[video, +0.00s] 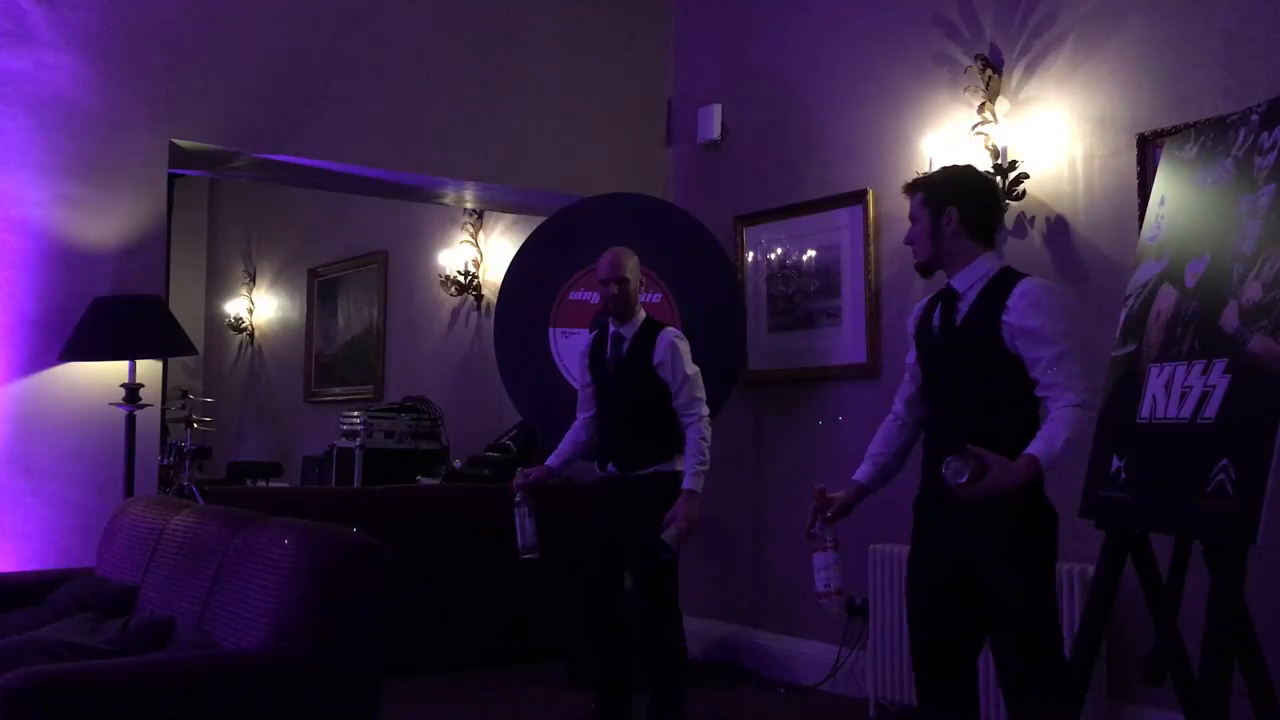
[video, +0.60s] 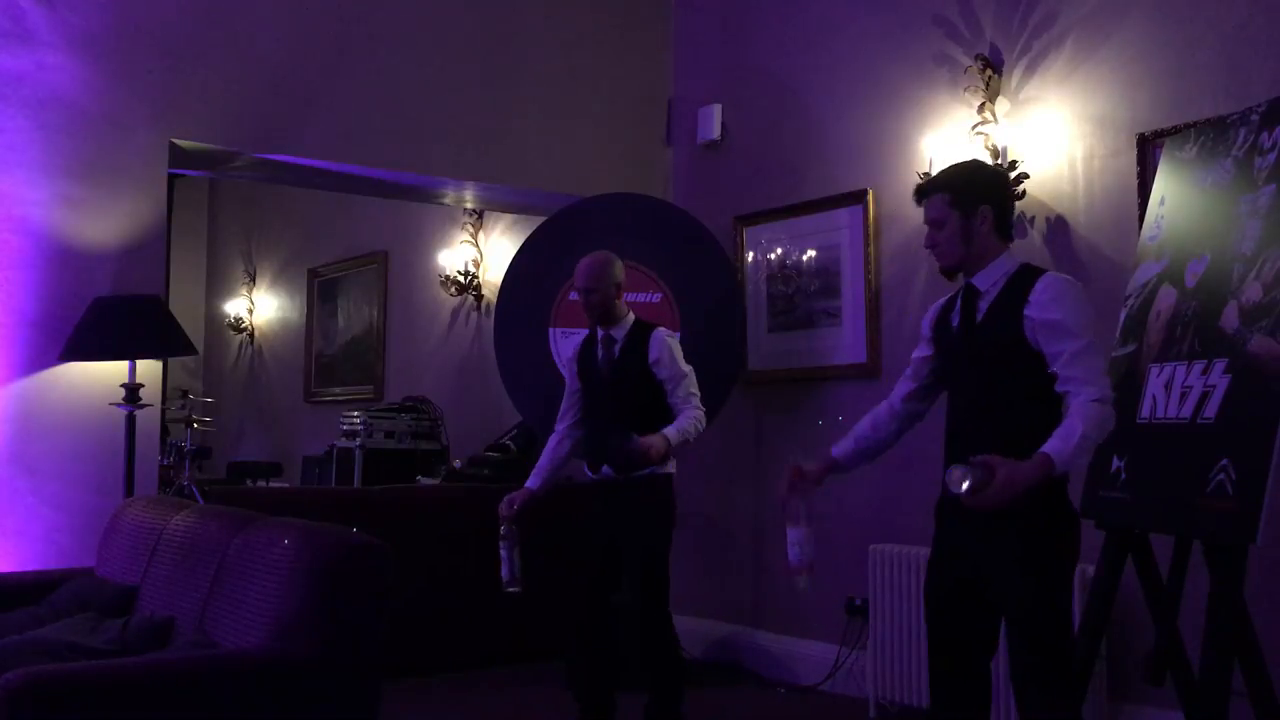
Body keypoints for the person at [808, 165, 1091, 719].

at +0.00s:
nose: (906, 237)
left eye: (914, 221)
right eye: (908, 223)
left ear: (951, 224)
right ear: (952, 226)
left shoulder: (1027, 299)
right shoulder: (926, 317)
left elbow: (1070, 400)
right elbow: (905, 416)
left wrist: (1024, 468)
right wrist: (855, 489)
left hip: (1011, 518)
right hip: (939, 519)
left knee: (1031, 682)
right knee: (940, 683)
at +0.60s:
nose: (928, 240)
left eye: (938, 225)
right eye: (927, 227)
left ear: (982, 221)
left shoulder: (1048, 294)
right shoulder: (946, 313)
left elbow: (1093, 403)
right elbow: (904, 404)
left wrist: (1035, 470)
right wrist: (828, 463)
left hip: (1035, 517)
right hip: (962, 515)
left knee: (1043, 686)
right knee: (955, 685)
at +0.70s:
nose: (940, 236)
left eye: (950, 219)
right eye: (941, 221)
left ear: (995, 218)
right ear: (989, 220)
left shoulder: (1055, 297)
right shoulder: (958, 307)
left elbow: (1097, 410)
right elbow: (904, 377)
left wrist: (1028, 486)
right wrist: (822, 395)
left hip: (1035, 526)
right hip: (963, 522)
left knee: (1042, 691)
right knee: (954, 689)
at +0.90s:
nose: (954, 216)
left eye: (967, 204)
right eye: (957, 203)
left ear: (1011, 214)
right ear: (1004, 215)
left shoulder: (1056, 299)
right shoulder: (972, 296)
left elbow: (1080, 422)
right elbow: (892, 320)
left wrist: (1005, 512)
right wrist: (825, 268)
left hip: (1033, 526)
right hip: (966, 523)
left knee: (1036, 693)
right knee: (955, 690)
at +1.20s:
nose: (960, 214)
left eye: (975, 202)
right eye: (964, 201)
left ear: (1019, 217)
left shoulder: (1043, 308)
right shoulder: (979, 293)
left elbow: (1012, 437)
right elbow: (886, 329)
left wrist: (932, 515)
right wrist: (830, 277)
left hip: (1028, 516)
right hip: (974, 510)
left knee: (1035, 687)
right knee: (950, 681)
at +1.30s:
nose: (958, 219)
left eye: (973, 207)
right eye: (960, 205)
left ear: (1019, 218)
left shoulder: (1038, 308)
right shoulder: (976, 295)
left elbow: (991, 436)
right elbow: (885, 358)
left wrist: (895, 486)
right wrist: (868, 314)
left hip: (1030, 510)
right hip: (979, 504)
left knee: (1031, 675)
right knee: (949, 667)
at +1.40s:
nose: (954, 221)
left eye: (969, 208)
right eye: (956, 207)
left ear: (1014, 219)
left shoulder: (1034, 305)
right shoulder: (970, 292)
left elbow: (997, 432)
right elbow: (915, 385)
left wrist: (897, 433)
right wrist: (923, 357)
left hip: (1030, 507)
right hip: (978, 499)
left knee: (1034, 677)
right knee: (948, 667)